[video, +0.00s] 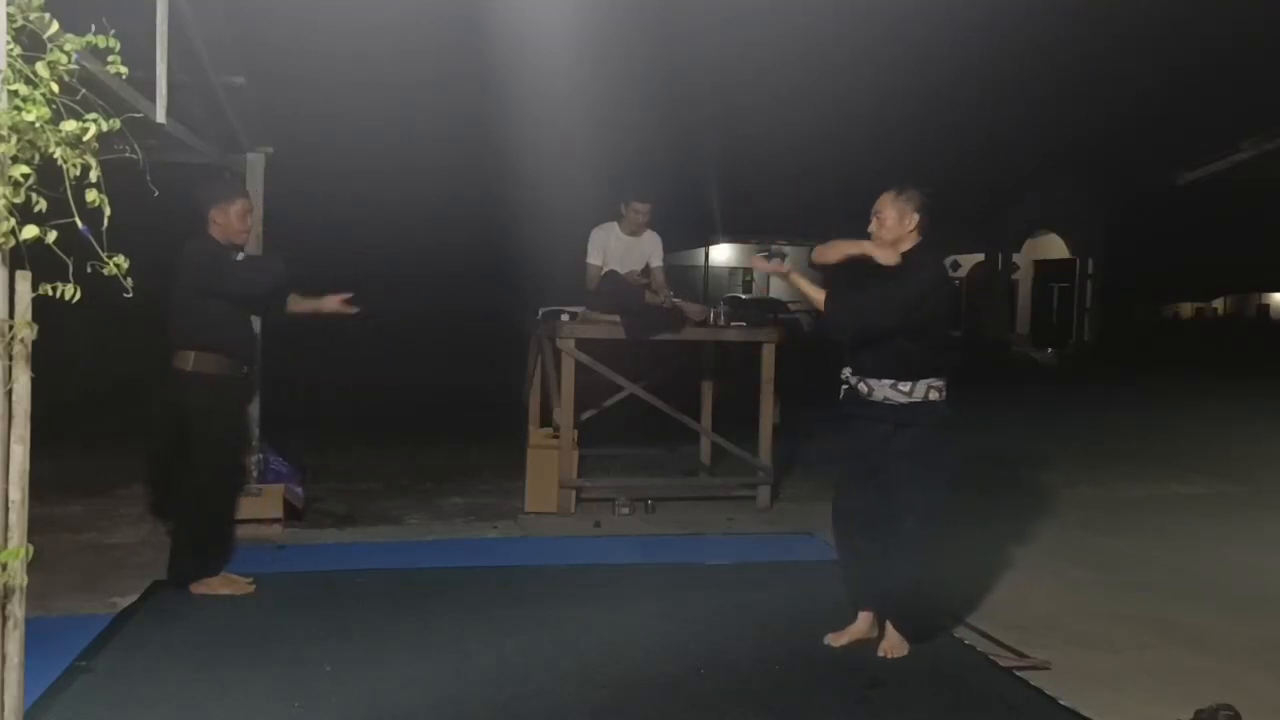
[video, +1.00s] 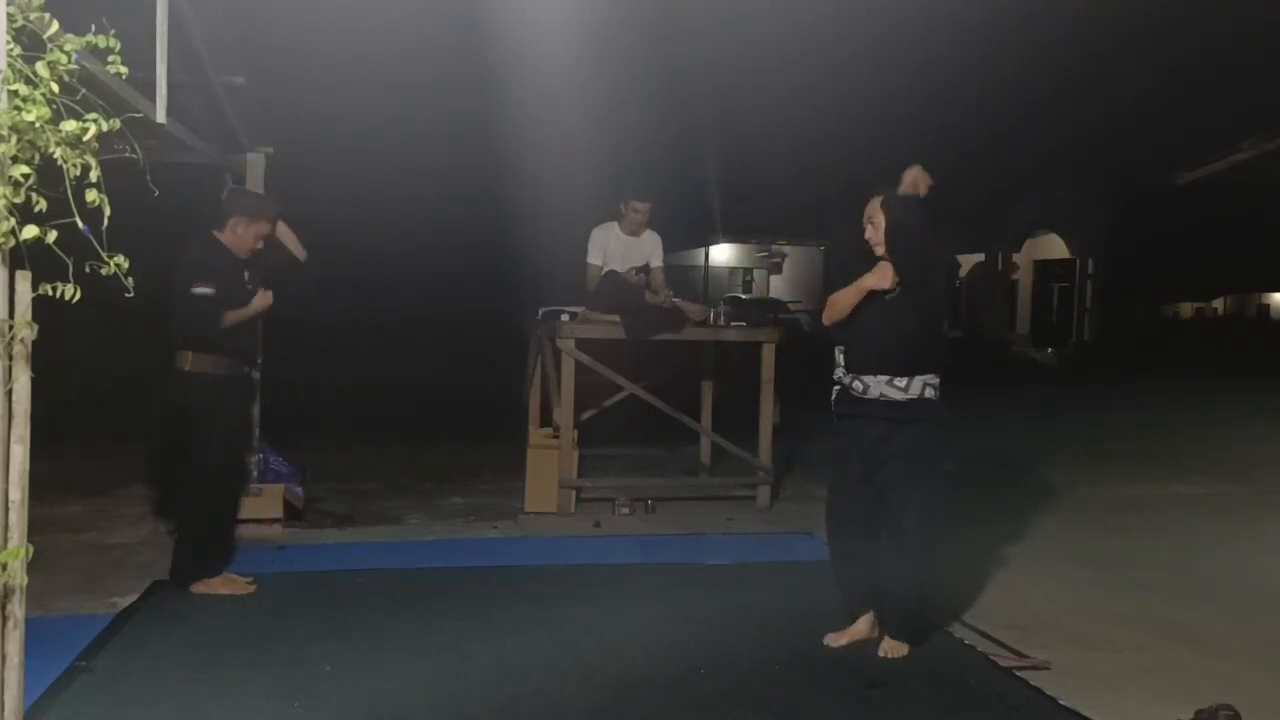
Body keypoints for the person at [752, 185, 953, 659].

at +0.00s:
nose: (872, 225)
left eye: (881, 217)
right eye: (873, 216)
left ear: (912, 222)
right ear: (892, 222)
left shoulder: (928, 277)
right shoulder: (872, 264)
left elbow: (848, 316)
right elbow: (820, 256)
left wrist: (790, 275)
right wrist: (869, 249)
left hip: (914, 416)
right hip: (862, 408)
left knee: (905, 517)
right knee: (854, 510)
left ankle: (898, 623)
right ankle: (864, 614)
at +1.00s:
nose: (869, 234)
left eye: (876, 224)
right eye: (866, 225)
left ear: (903, 226)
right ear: (866, 227)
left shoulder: (930, 275)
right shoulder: (857, 271)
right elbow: (828, 316)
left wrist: (910, 196)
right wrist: (865, 284)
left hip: (911, 415)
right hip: (855, 412)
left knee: (905, 518)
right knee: (849, 513)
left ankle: (900, 622)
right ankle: (863, 613)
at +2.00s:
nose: (875, 227)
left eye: (885, 218)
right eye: (875, 218)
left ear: (916, 222)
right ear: (880, 224)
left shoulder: (929, 274)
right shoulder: (879, 273)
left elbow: (851, 283)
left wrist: (781, 284)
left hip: (905, 423)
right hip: (858, 417)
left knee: (899, 517)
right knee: (846, 513)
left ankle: (899, 624)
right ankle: (865, 616)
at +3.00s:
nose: (862, 271)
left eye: (873, 263)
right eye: (858, 264)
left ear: (902, 269)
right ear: (855, 269)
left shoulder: (922, 318)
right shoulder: (857, 313)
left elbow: (901, 392)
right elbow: (830, 380)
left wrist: (838, 366)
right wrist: (829, 334)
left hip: (916, 446)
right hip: (864, 440)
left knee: (905, 545)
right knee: (844, 539)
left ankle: (899, 631)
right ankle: (853, 627)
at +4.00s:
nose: (835, 294)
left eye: (846, 285)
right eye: (830, 286)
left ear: (870, 289)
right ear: (825, 289)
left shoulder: (886, 333)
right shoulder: (820, 321)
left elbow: (858, 383)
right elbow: (783, 318)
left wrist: (804, 352)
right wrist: (752, 318)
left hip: (871, 450)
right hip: (819, 445)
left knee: (886, 533)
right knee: (797, 512)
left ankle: (896, 622)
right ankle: (792, 564)